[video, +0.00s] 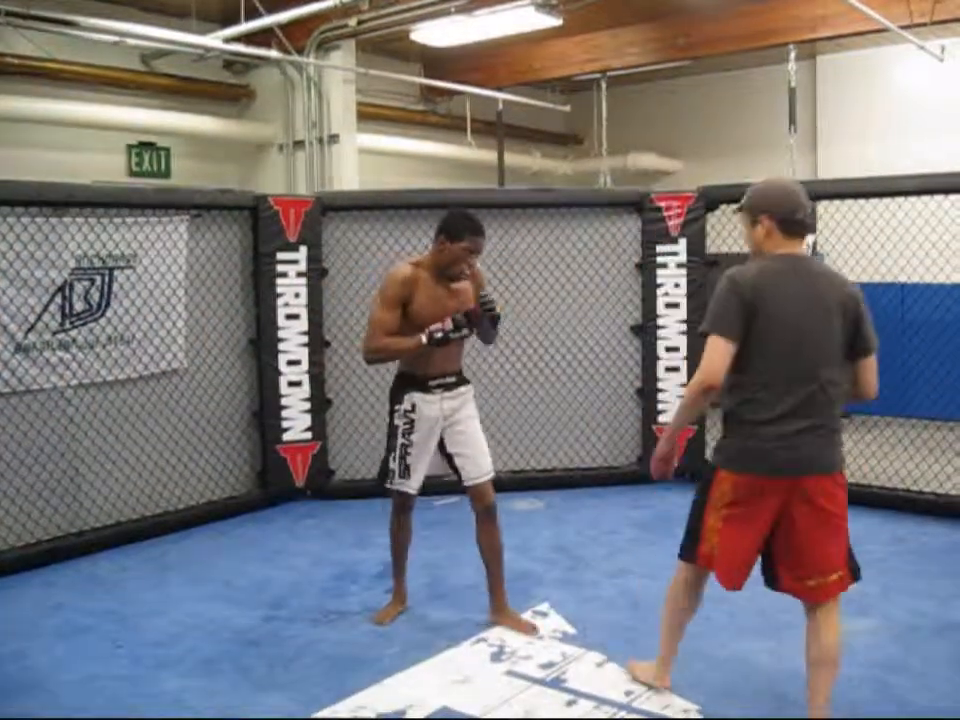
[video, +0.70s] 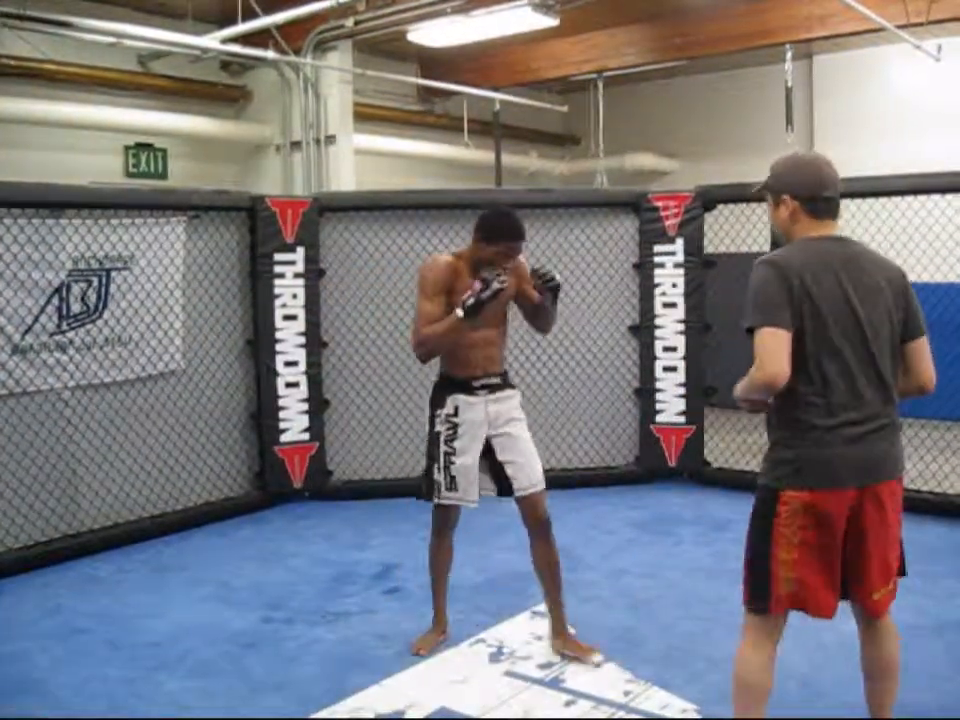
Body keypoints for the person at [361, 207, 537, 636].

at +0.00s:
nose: (470, 266)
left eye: (474, 258)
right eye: (466, 256)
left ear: (474, 253)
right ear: (442, 244)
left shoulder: (470, 277)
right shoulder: (402, 279)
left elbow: (484, 336)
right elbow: (372, 349)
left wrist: (486, 322)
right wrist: (427, 337)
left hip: (458, 398)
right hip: (414, 402)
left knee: (486, 501)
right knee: (403, 502)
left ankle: (500, 607)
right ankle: (398, 596)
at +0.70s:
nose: (509, 264)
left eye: (513, 257)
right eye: (504, 256)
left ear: (513, 251)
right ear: (480, 244)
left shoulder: (513, 267)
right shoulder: (440, 270)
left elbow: (541, 324)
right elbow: (422, 345)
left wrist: (548, 301)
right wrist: (470, 308)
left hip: (504, 397)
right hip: (457, 402)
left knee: (538, 514)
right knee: (445, 515)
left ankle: (560, 632)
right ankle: (439, 624)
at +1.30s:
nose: (552, 262)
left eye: (560, 254)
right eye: (544, 253)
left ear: (568, 253)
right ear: (522, 248)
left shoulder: (570, 276)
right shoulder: (490, 278)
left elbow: (601, 347)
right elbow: (471, 360)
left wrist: (583, 309)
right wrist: (512, 322)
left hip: (559, 414)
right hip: (505, 417)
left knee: (606, 533)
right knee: (480, 539)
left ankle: (590, 636)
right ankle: (482, 646)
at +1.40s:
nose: (559, 261)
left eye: (564, 252)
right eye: (550, 253)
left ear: (569, 248)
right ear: (524, 249)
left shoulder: (576, 275)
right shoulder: (495, 281)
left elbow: (634, 337)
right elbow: (477, 366)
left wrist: (606, 310)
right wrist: (516, 322)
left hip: (571, 418)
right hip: (514, 423)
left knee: (620, 535)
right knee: (485, 538)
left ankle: (626, 653)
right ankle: (480, 647)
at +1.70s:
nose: (596, 269)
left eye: (605, 258)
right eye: (587, 259)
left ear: (617, 245)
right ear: (566, 247)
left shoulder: (634, 270)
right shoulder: (543, 273)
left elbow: (653, 340)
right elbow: (535, 358)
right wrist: (551, 328)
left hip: (623, 411)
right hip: (566, 409)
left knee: (642, 549)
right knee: (530, 530)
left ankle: (657, 672)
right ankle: (524, 642)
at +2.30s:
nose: (606, 258)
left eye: (616, 248)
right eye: (597, 247)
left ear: (629, 242)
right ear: (577, 238)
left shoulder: (637, 274)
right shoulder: (550, 273)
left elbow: (658, 334)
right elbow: (527, 353)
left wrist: (617, 319)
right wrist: (572, 337)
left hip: (632, 418)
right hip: (576, 418)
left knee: (628, 533)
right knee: (567, 538)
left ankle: (628, 636)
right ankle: (581, 638)